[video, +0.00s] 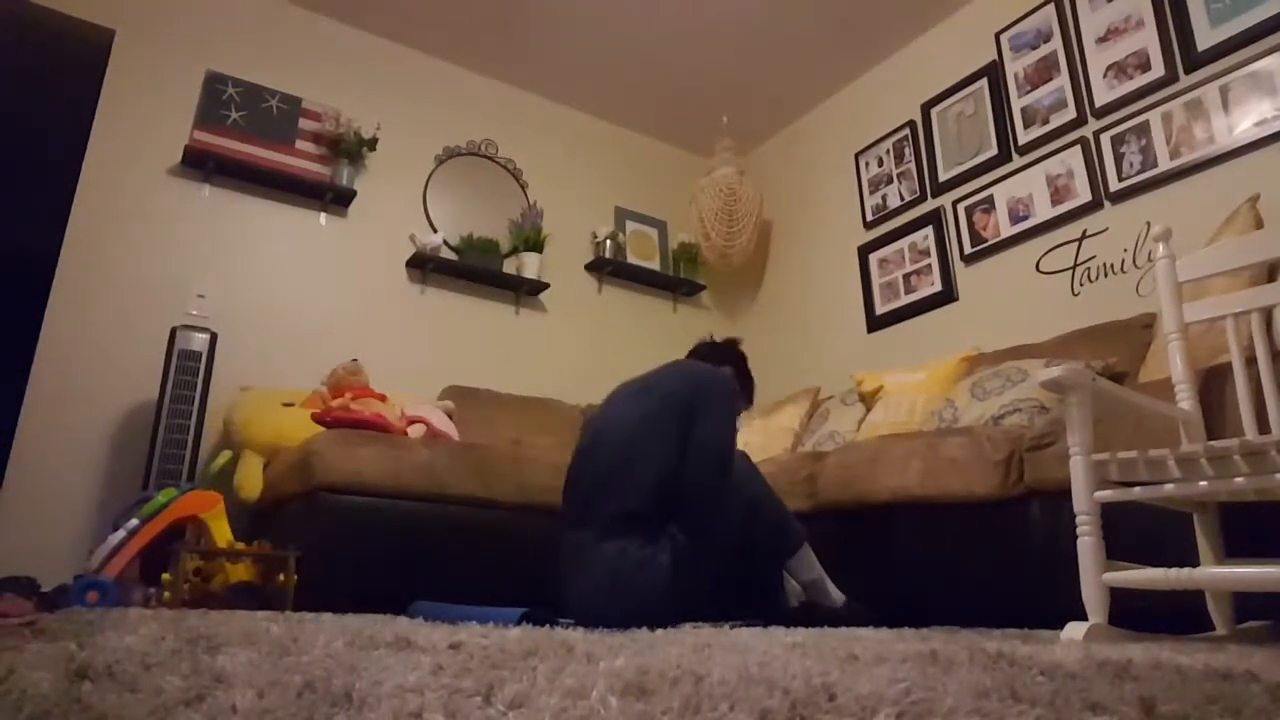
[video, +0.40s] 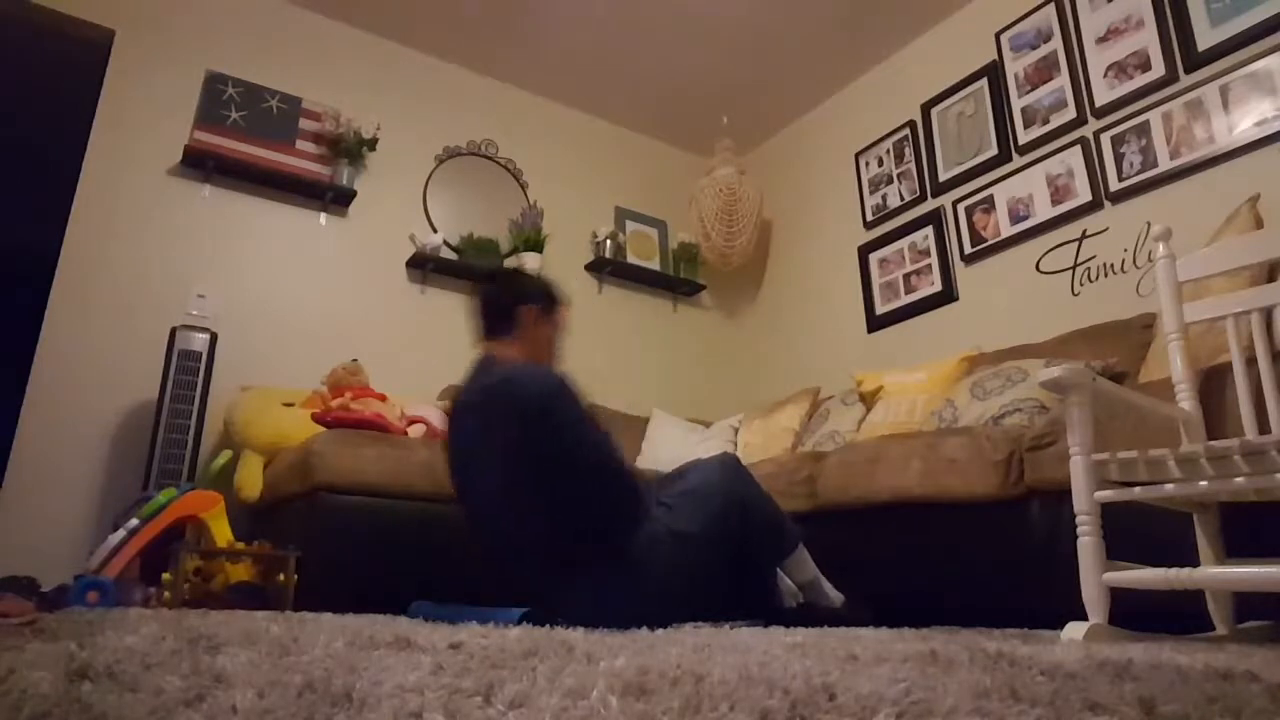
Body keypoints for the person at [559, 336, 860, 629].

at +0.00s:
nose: (736, 415)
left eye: (740, 410)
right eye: (739, 405)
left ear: (691, 360)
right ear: (731, 379)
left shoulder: (627, 393)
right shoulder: (714, 383)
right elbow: (706, 503)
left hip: (584, 584)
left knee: (731, 462)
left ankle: (823, 592)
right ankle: (794, 598)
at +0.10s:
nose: (711, 386)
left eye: (714, 380)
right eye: (712, 377)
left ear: (658, 347)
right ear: (697, 353)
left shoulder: (604, 387)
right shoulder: (687, 375)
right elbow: (695, 492)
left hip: (582, 593)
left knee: (734, 469)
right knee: (736, 487)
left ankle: (821, 592)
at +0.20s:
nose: (673, 367)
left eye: (677, 359)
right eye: (674, 356)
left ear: (614, 333)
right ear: (655, 335)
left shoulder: (563, 383)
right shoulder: (648, 372)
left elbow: (546, 492)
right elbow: (674, 486)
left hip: (568, 590)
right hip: (636, 592)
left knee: (730, 469)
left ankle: (820, 591)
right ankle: (788, 605)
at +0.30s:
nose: (620, 346)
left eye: (622, 334)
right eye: (619, 333)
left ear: (559, 321)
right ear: (595, 320)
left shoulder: (516, 386)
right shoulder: (597, 374)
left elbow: (507, 493)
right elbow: (651, 496)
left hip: (555, 589)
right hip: (623, 592)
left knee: (725, 469)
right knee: (731, 501)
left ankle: (818, 591)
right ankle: (794, 603)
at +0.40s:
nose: (558, 341)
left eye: (558, 327)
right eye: (555, 326)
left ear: (494, 324)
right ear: (531, 321)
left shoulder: (469, 399)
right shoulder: (539, 389)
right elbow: (622, 503)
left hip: (536, 592)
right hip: (593, 594)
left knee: (715, 477)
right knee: (724, 476)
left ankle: (794, 599)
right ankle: (821, 594)